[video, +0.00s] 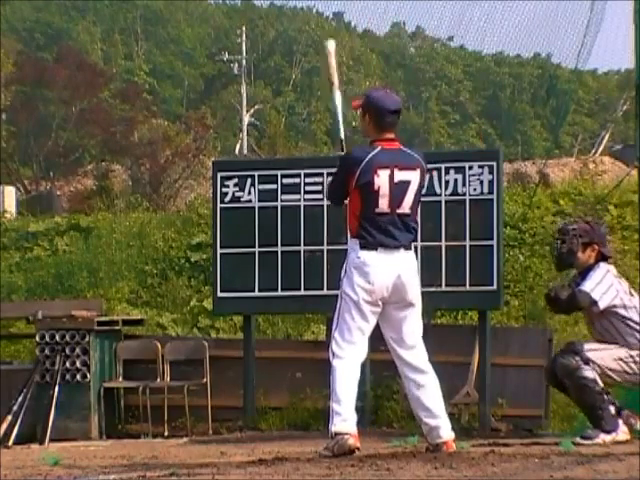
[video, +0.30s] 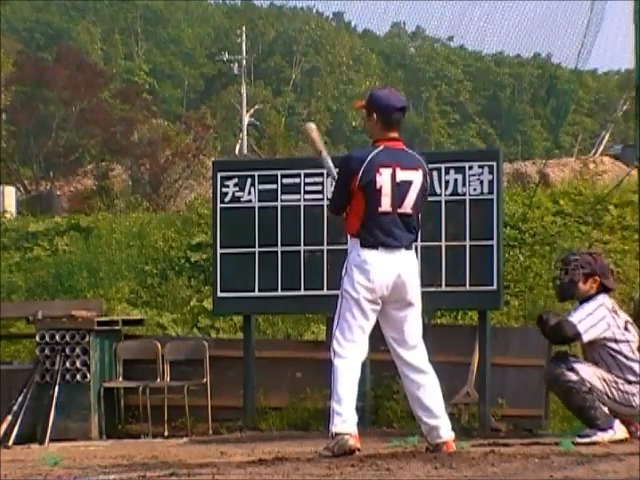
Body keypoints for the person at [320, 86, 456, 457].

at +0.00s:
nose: (361, 119)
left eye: (363, 115)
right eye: (362, 114)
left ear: (369, 119)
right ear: (396, 119)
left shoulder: (357, 160)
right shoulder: (416, 162)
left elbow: (335, 196)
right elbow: (395, 192)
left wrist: (346, 163)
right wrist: (362, 165)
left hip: (367, 263)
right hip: (406, 263)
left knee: (347, 348)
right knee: (412, 350)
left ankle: (343, 431)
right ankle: (441, 433)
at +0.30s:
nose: (365, 119)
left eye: (366, 114)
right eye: (366, 113)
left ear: (374, 119)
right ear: (400, 119)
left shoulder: (358, 160)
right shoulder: (418, 163)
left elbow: (336, 208)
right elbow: (409, 209)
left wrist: (344, 180)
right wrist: (358, 185)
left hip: (367, 263)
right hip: (406, 263)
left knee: (348, 346)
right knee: (411, 349)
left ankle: (343, 431)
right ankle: (441, 433)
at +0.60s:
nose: (361, 121)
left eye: (366, 115)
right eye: (362, 115)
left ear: (384, 118)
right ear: (394, 120)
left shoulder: (363, 161)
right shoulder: (426, 161)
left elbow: (323, 199)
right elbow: (432, 206)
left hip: (374, 262)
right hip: (413, 262)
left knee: (352, 347)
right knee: (416, 352)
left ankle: (343, 430)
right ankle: (442, 435)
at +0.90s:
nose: (357, 123)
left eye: (362, 118)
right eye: (358, 117)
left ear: (381, 120)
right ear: (390, 122)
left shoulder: (359, 159)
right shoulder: (421, 160)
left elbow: (352, 203)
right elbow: (420, 205)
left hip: (375, 261)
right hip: (414, 262)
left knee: (351, 348)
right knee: (417, 354)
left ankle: (343, 431)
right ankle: (442, 435)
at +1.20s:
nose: (358, 123)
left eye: (363, 117)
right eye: (359, 117)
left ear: (381, 120)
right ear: (393, 121)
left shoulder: (360, 155)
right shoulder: (424, 157)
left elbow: (339, 189)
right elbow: (443, 178)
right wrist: (415, 142)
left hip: (379, 260)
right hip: (418, 261)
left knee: (354, 347)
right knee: (420, 353)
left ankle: (343, 428)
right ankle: (442, 435)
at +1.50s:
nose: (354, 124)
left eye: (359, 118)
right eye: (355, 118)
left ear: (377, 121)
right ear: (389, 123)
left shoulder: (357, 154)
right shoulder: (419, 159)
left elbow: (339, 191)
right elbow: (424, 199)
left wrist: (373, 158)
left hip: (376, 260)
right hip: (414, 261)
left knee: (351, 348)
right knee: (417, 353)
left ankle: (344, 432)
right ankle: (442, 435)